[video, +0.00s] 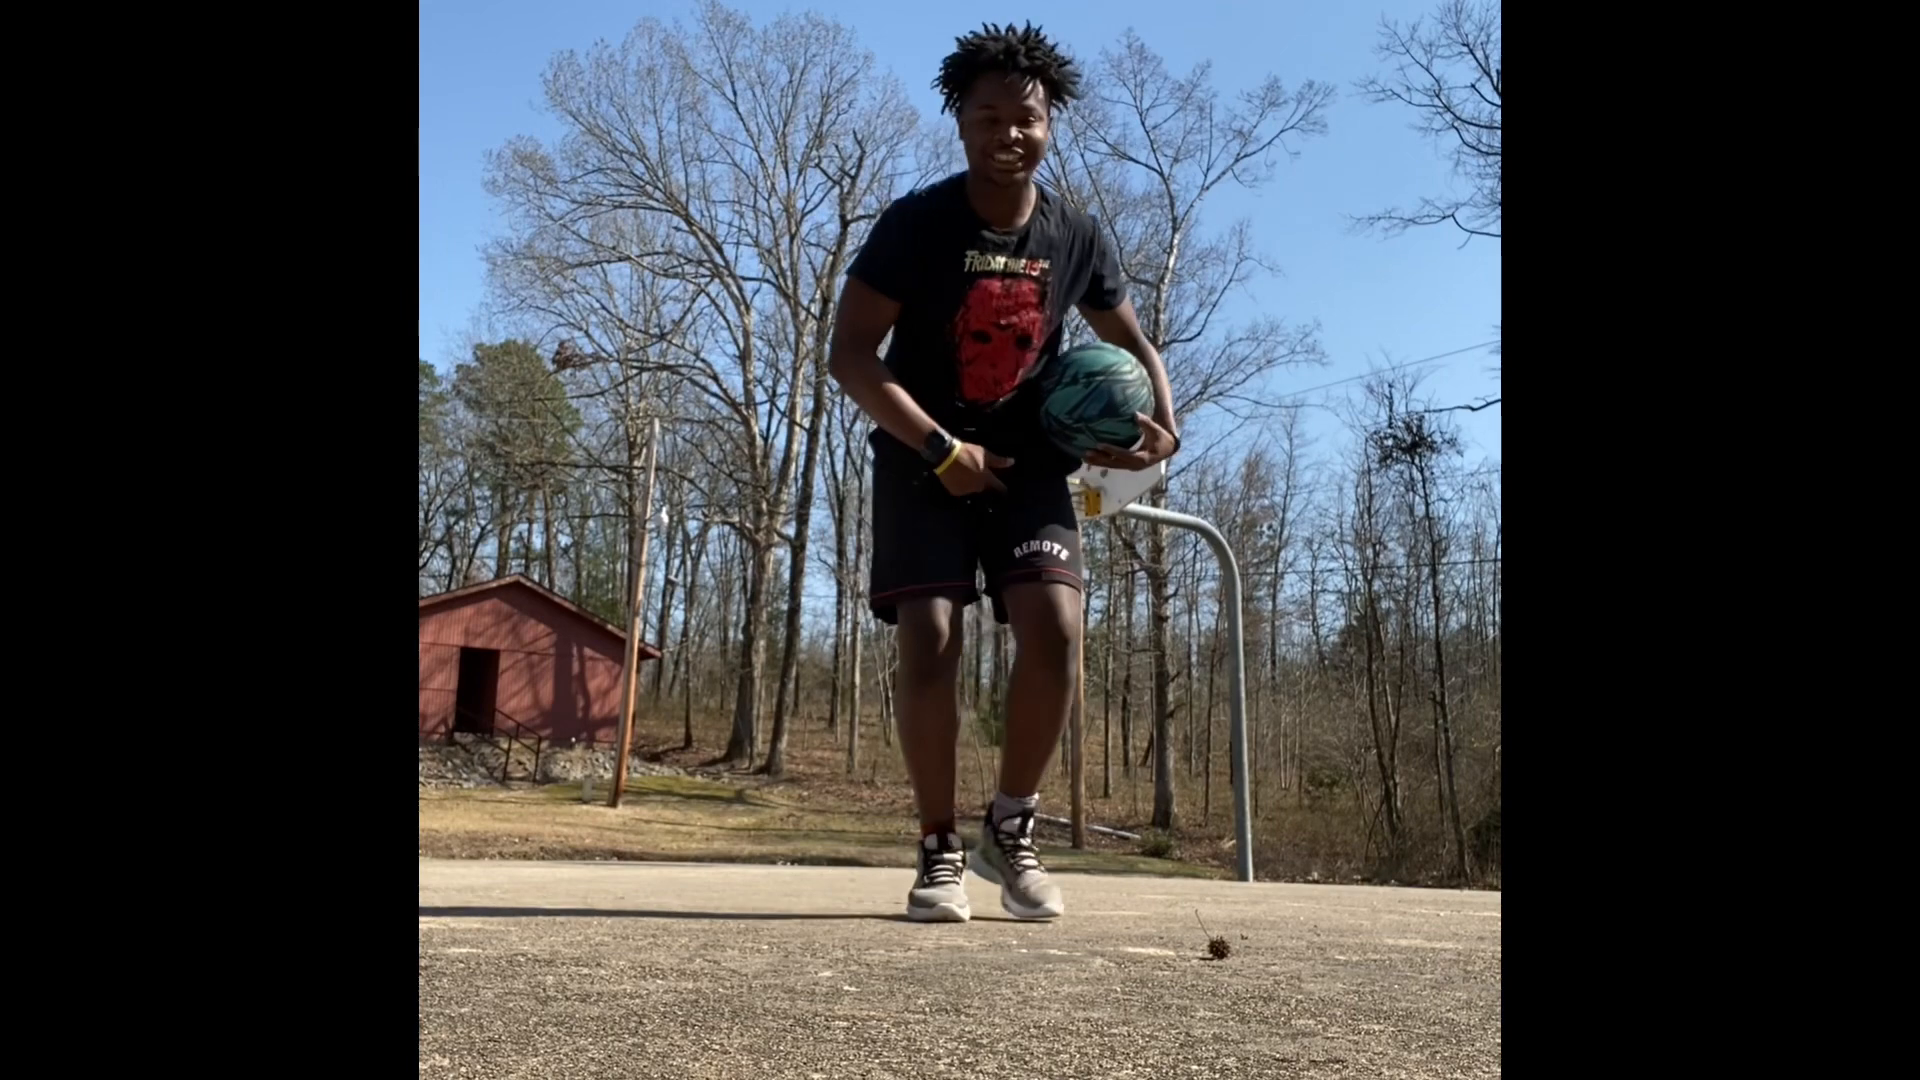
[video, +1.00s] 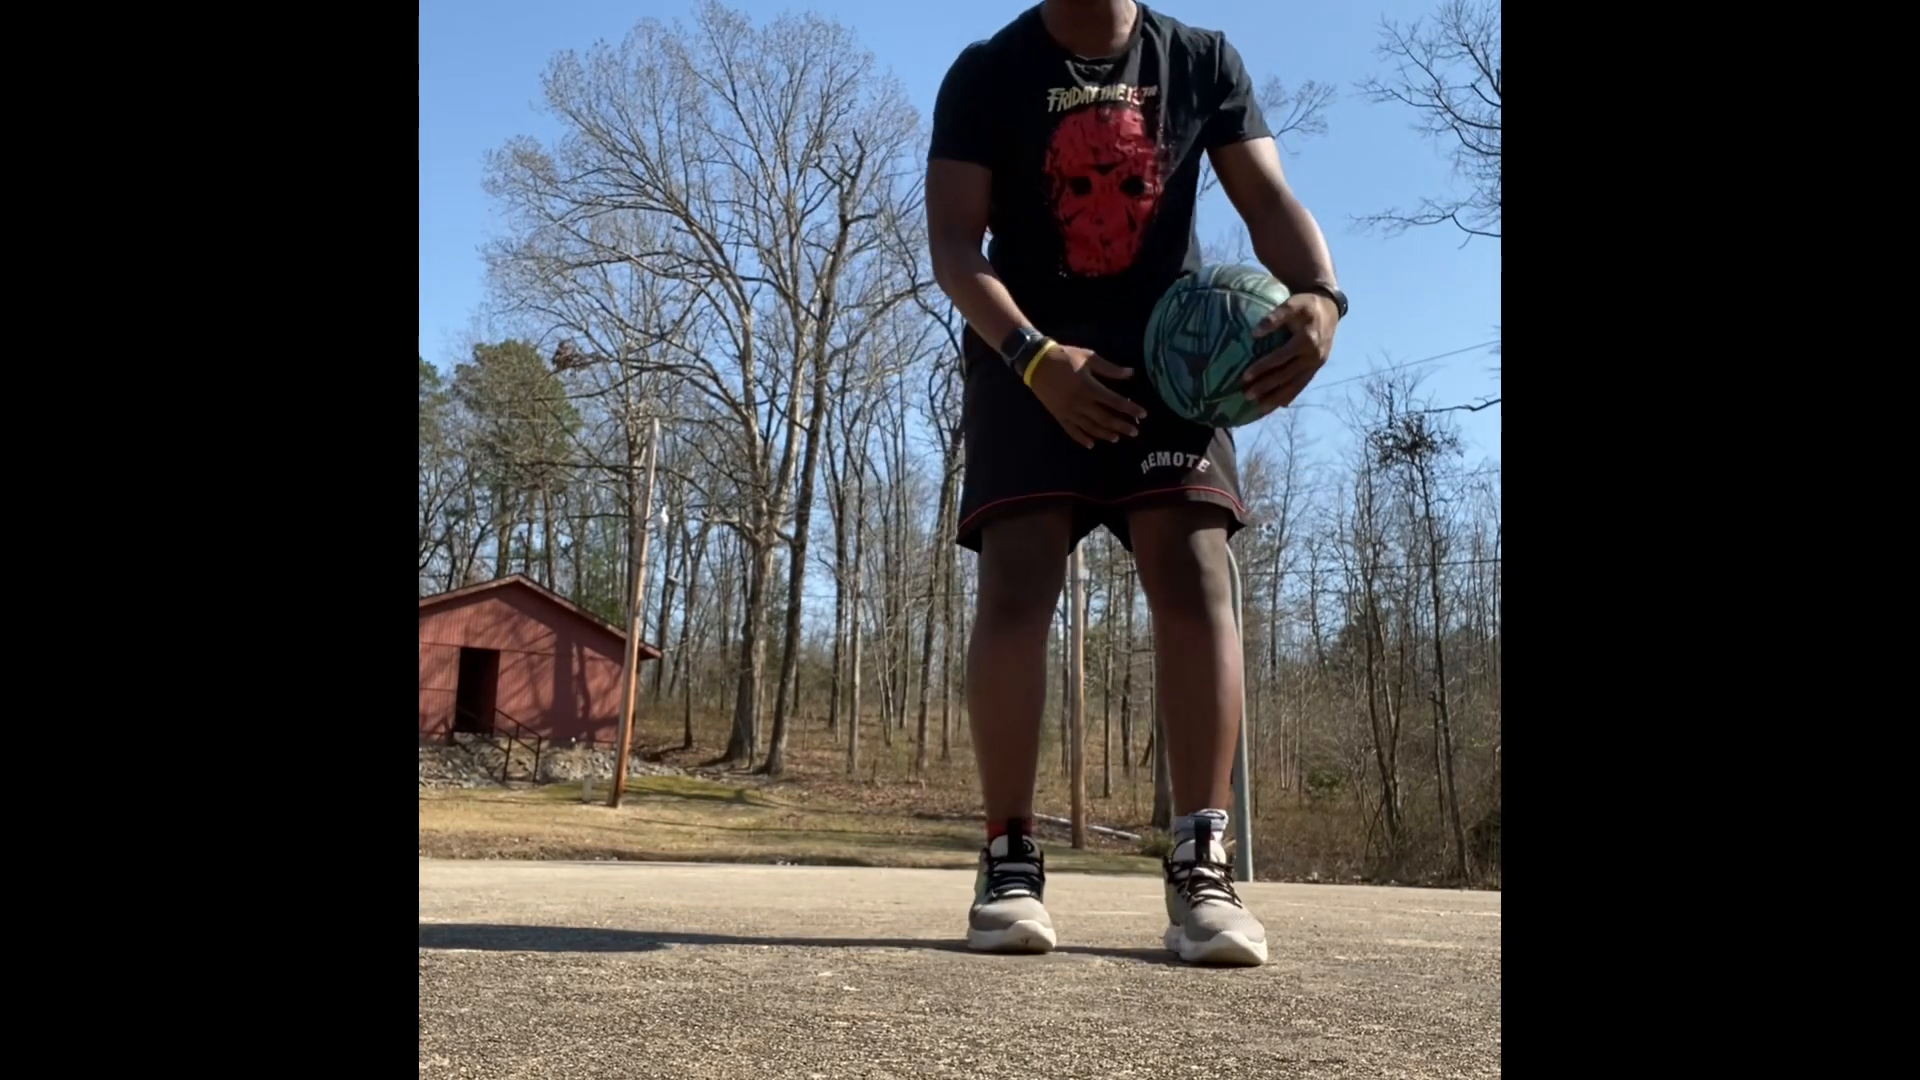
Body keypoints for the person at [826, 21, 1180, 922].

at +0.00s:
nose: (1008, 134)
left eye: (1025, 118)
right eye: (989, 119)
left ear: (1050, 126)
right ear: (960, 127)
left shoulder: (1076, 235)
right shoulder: (913, 225)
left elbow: (1131, 346)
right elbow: (850, 356)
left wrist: (1166, 426)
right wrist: (937, 445)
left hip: (1032, 459)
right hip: (922, 453)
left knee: (1057, 630)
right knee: (929, 640)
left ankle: (1010, 829)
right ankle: (939, 853)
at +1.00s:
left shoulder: (1201, 61)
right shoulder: (985, 74)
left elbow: (1267, 200)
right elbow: (955, 252)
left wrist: (1323, 297)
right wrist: (1034, 357)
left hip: (1164, 370)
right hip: (1026, 366)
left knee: (1197, 585)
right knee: (1016, 595)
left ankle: (1202, 873)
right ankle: (1009, 868)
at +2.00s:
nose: (1097, 102)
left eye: (1113, 85)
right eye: (1078, 88)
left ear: (1138, 97)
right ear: (1049, 102)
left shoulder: (1185, 215)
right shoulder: (1014, 210)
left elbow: (1223, 345)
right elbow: (972, 337)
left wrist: (1191, 377)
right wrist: (987, 343)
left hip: (1154, 432)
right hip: (1035, 429)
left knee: (1187, 629)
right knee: (997, 616)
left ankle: (1209, 865)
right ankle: (980, 849)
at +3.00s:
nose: (827, 185)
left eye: (844, 169)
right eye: (819, 173)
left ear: (887, 175)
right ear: (814, 184)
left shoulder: (916, 254)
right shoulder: (823, 287)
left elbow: (975, 317)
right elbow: (807, 399)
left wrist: (994, 390)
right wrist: (753, 441)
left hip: (914, 462)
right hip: (849, 470)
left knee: (844, 638)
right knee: (807, 650)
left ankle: (828, 852)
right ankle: (934, 808)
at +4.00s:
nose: (985, 103)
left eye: (1002, 87)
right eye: (988, 87)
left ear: (1061, 99)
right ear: (1032, 102)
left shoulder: (1139, 201)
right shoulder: (979, 224)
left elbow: (1251, 289)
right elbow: (938, 346)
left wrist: (1138, 343)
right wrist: (884, 423)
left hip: (1107, 440)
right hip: (999, 445)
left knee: (1118, 622)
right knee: (918, 630)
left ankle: (1167, 862)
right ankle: (924, 819)